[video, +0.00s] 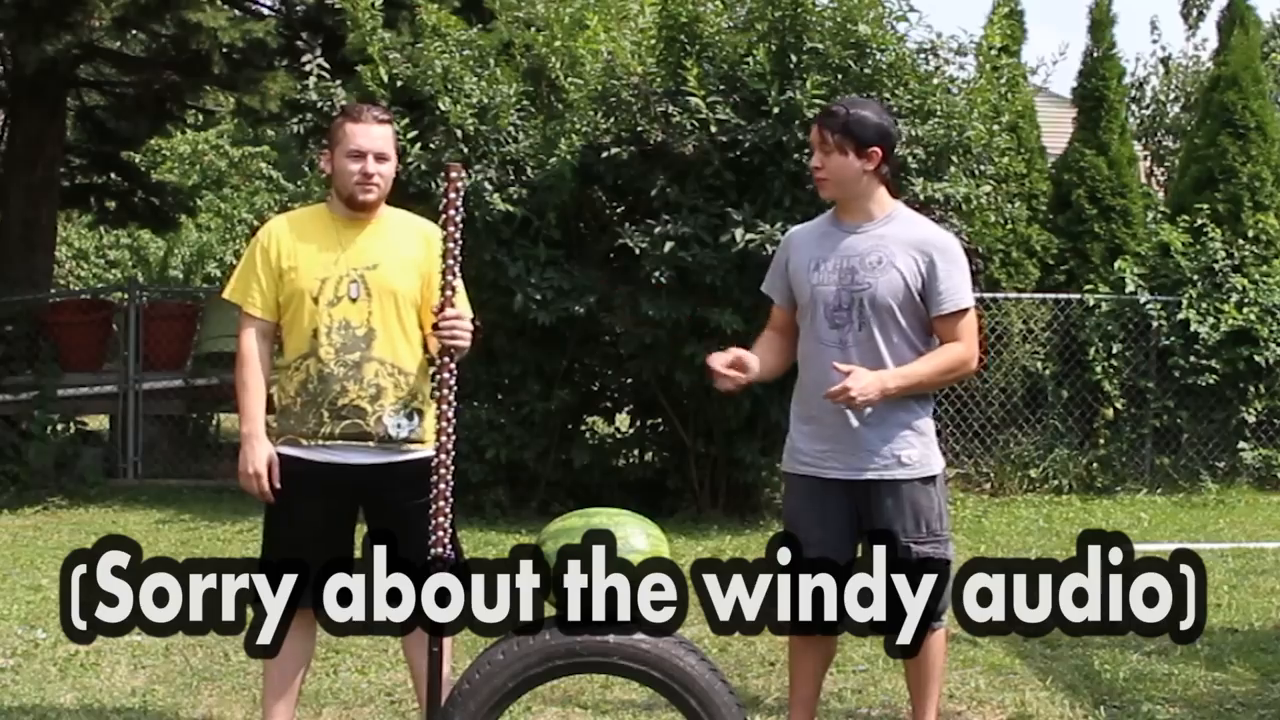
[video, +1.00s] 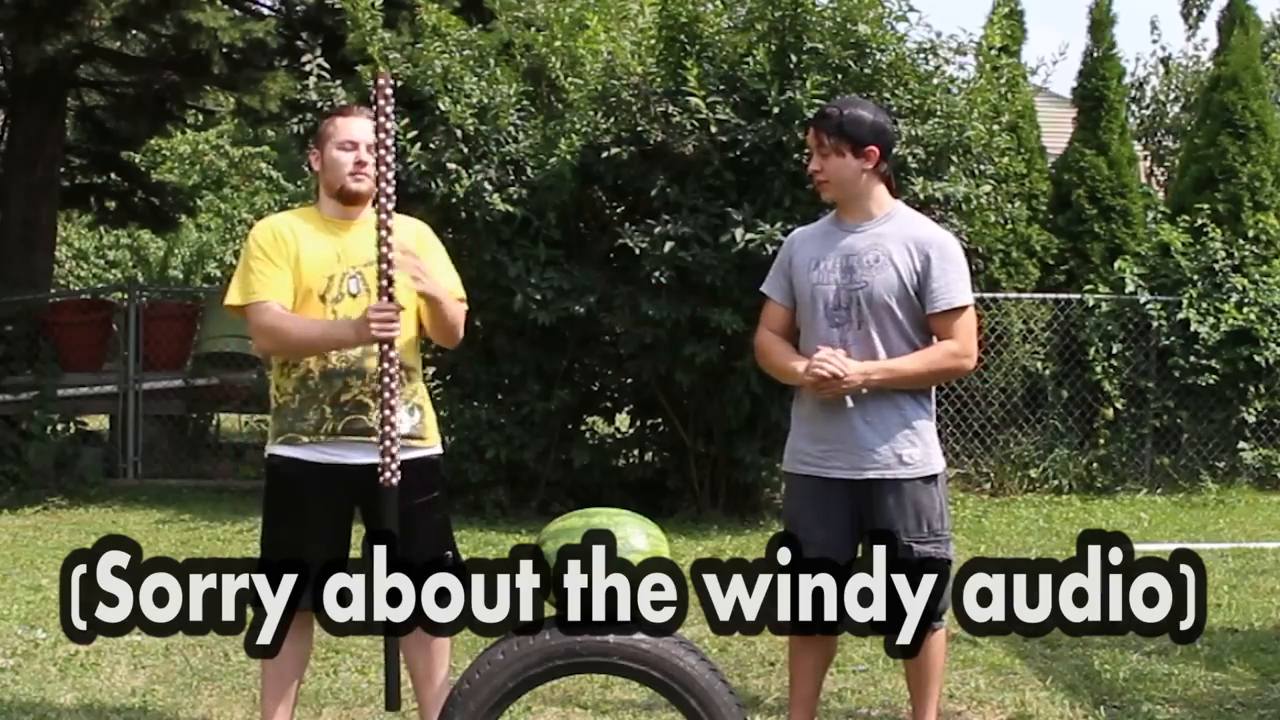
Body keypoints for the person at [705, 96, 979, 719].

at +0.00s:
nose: (813, 163)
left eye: (826, 152)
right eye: (813, 151)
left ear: (872, 158)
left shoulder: (932, 245)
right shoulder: (799, 244)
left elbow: (964, 352)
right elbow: (780, 335)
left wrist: (884, 381)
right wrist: (751, 364)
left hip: (904, 467)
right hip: (814, 464)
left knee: (921, 610)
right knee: (811, 608)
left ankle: (925, 716)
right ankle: (799, 716)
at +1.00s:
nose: (812, 166)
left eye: (825, 154)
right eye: (811, 153)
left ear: (869, 157)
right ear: (831, 157)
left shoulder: (931, 243)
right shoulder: (800, 245)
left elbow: (962, 352)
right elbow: (768, 338)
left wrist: (865, 373)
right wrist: (802, 370)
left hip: (904, 467)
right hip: (815, 466)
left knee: (922, 611)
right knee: (810, 610)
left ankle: (924, 716)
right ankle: (800, 716)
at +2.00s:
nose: (828, 150)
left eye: (842, 141)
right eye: (831, 139)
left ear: (884, 158)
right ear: (861, 156)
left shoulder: (935, 247)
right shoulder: (807, 239)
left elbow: (955, 357)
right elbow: (774, 319)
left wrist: (861, 375)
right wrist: (766, 348)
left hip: (902, 467)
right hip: (813, 462)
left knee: (921, 613)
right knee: (808, 610)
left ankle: (924, 716)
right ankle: (799, 716)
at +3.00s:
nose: (824, 161)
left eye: (838, 149)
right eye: (822, 148)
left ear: (881, 156)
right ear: (823, 154)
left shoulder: (935, 245)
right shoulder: (802, 243)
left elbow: (966, 353)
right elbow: (769, 339)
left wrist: (871, 376)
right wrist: (805, 374)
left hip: (903, 467)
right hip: (812, 464)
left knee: (920, 612)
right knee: (808, 611)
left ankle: (924, 716)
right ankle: (799, 716)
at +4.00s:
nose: (853, 150)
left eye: (868, 139)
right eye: (841, 138)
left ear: (895, 154)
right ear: (826, 154)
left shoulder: (937, 242)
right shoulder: (797, 244)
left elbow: (962, 349)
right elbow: (777, 332)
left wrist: (920, 356)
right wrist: (771, 372)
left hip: (906, 459)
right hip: (815, 458)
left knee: (923, 610)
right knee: (809, 610)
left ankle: (925, 716)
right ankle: (799, 716)